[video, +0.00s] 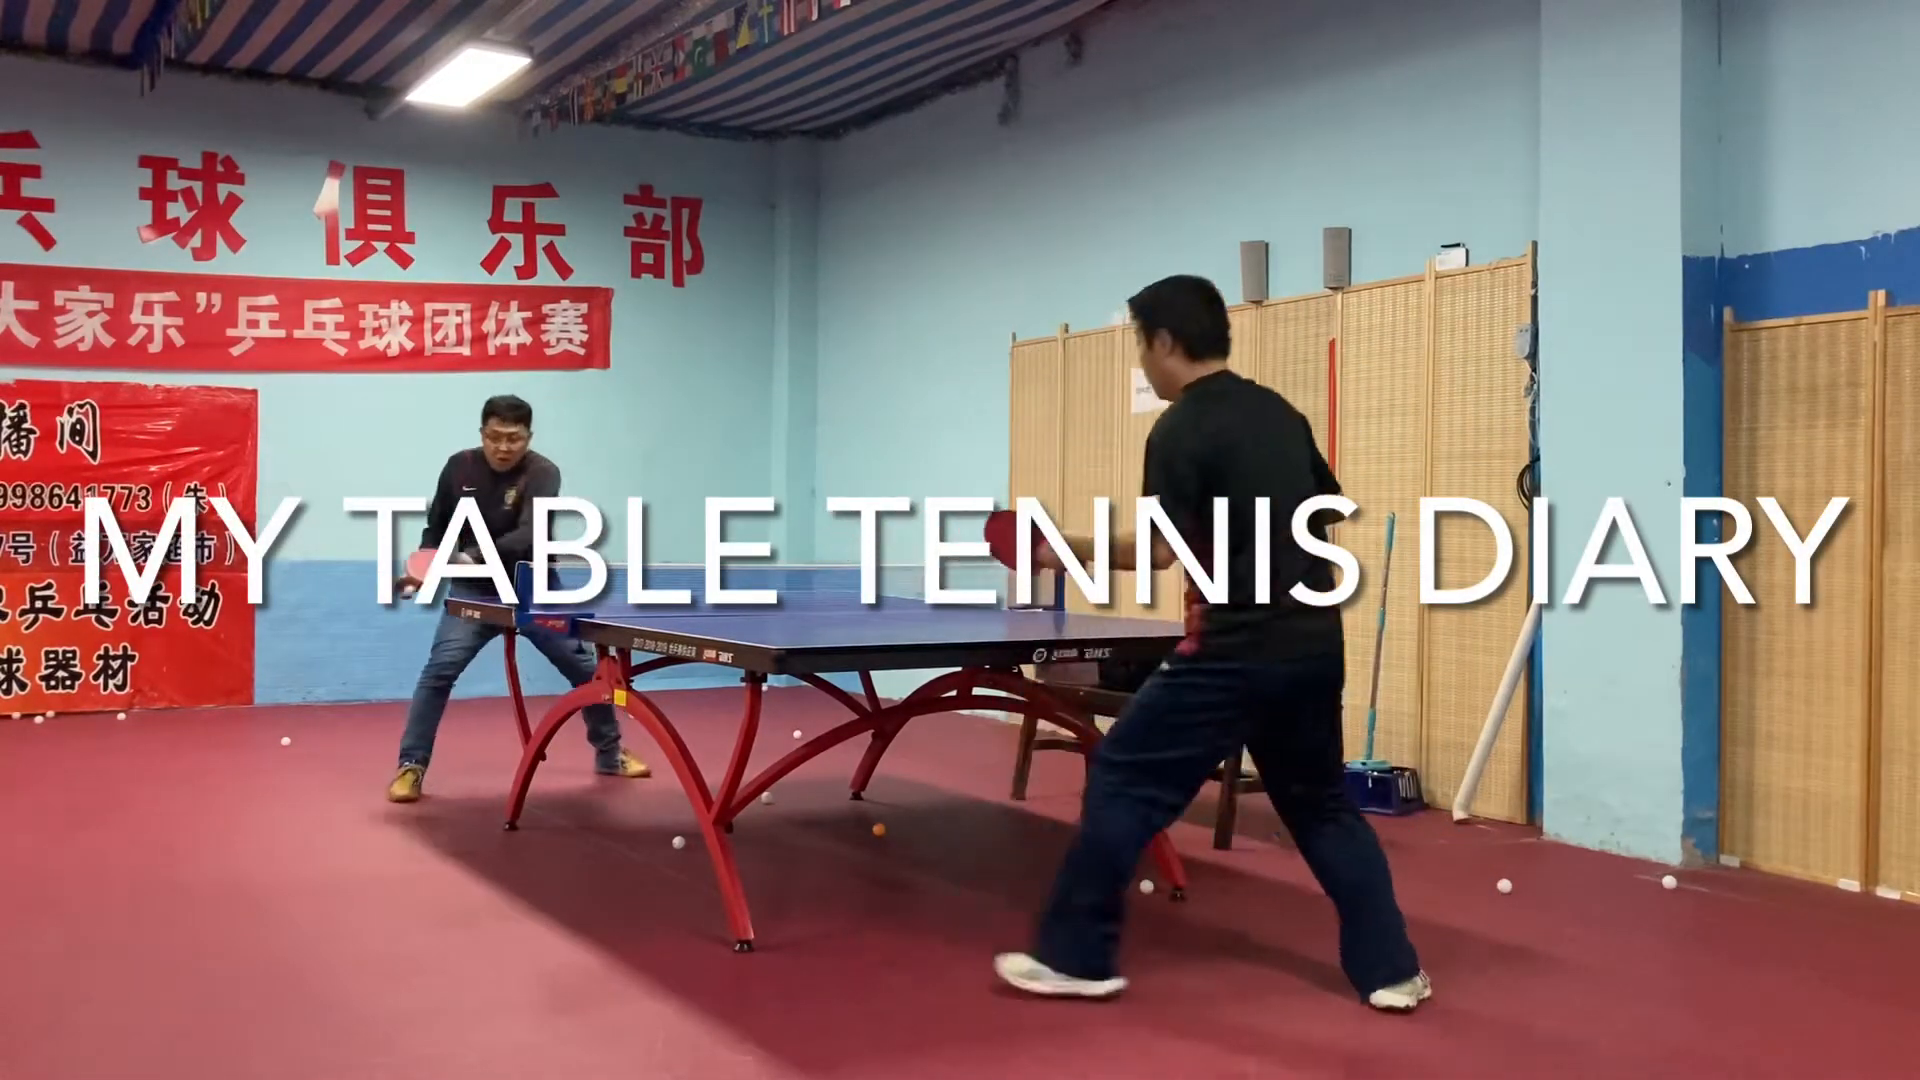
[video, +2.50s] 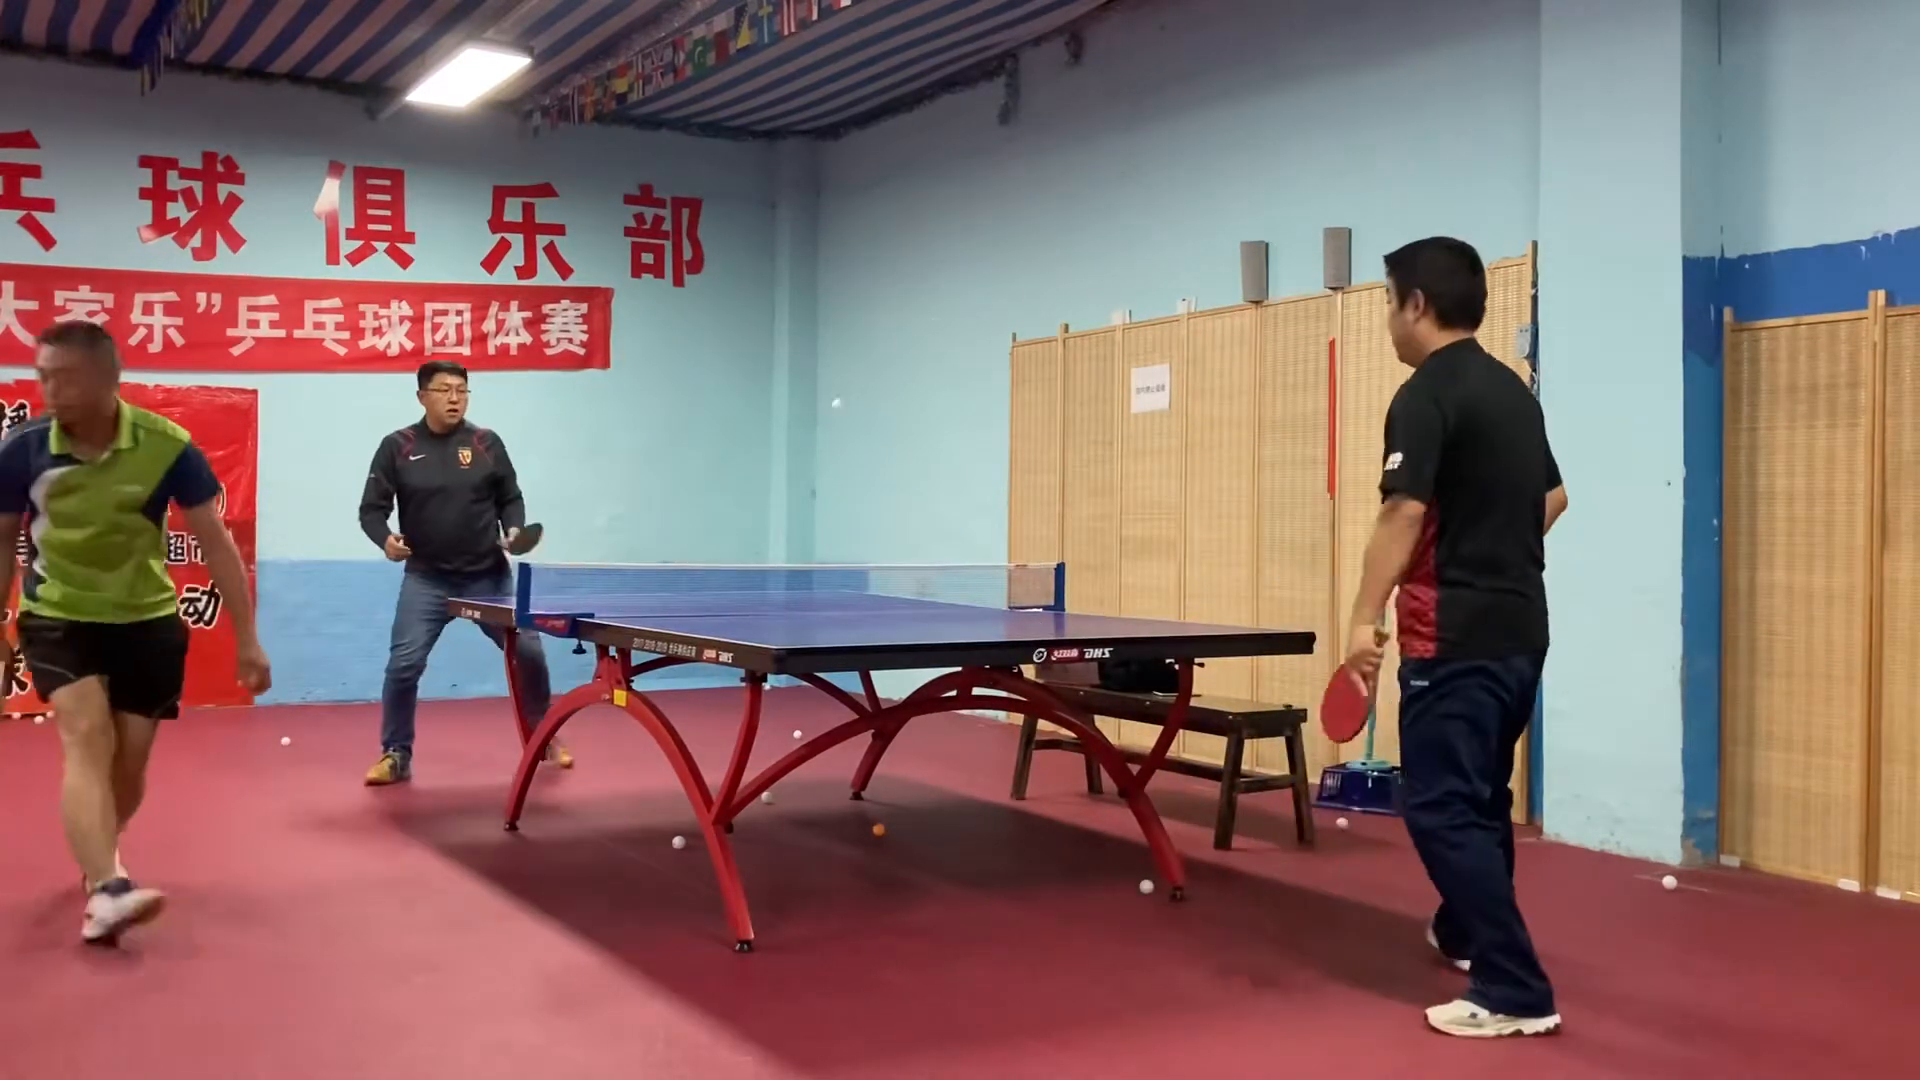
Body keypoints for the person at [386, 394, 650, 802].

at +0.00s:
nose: (504, 448)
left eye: (514, 439)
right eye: (495, 437)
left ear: (528, 438)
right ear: (481, 434)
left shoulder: (543, 473)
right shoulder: (459, 467)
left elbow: (529, 536)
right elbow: (436, 529)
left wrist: (472, 557)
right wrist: (419, 572)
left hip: (533, 590)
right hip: (474, 592)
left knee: (582, 665)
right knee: (441, 668)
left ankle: (610, 753)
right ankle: (412, 766)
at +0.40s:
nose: (465, 429)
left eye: (474, 420)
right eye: (455, 421)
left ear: (485, 422)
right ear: (438, 424)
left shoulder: (508, 461)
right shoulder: (419, 466)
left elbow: (528, 527)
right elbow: (396, 531)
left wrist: (497, 577)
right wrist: (383, 589)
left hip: (513, 582)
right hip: (455, 586)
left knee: (559, 660)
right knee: (430, 667)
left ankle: (579, 741)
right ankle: (408, 767)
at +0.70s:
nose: (520, 420)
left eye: (529, 412)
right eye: (511, 411)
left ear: (539, 417)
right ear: (494, 415)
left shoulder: (551, 463)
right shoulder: (462, 459)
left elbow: (568, 521)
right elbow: (434, 520)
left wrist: (553, 570)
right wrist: (432, 568)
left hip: (530, 580)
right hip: (470, 578)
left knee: (561, 657)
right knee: (439, 660)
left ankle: (575, 747)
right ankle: (406, 757)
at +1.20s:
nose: (549, 423)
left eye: (557, 415)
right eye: (540, 414)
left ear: (566, 420)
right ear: (523, 414)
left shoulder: (573, 464)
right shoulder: (487, 452)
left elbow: (573, 526)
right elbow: (450, 508)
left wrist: (527, 552)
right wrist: (433, 555)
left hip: (531, 573)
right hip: (478, 571)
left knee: (568, 649)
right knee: (445, 652)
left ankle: (580, 744)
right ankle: (398, 748)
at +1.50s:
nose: (495, 421)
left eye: (503, 414)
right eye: (486, 413)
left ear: (512, 418)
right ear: (468, 414)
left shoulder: (524, 460)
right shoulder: (439, 453)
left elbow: (524, 518)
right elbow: (405, 506)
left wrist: (493, 542)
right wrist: (371, 551)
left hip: (504, 578)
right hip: (450, 575)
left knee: (545, 656)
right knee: (424, 658)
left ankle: (578, 743)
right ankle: (399, 752)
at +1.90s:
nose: (507, 412)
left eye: (513, 404)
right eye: (497, 404)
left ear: (520, 409)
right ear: (475, 407)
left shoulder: (534, 456)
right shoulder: (446, 453)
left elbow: (554, 514)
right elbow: (424, 515)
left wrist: (547, 568)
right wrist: (416, 565)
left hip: (521, 579)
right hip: (465, 578)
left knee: (548, 658)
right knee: (435, 663)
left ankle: (557, 742)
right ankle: (401, 750)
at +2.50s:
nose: (454, 399)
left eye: (461, 391)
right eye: (444, 391)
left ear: (469, 397)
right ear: (423, 397)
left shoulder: (487, 443)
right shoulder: (398, 446)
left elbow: (510, 499)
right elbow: (371, 510)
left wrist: (514, 530)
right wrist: (385, 539)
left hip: (488, 577)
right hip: (426, 577)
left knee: (531, 652)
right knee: (403, 664)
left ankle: (543, 738)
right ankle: (396, 754)